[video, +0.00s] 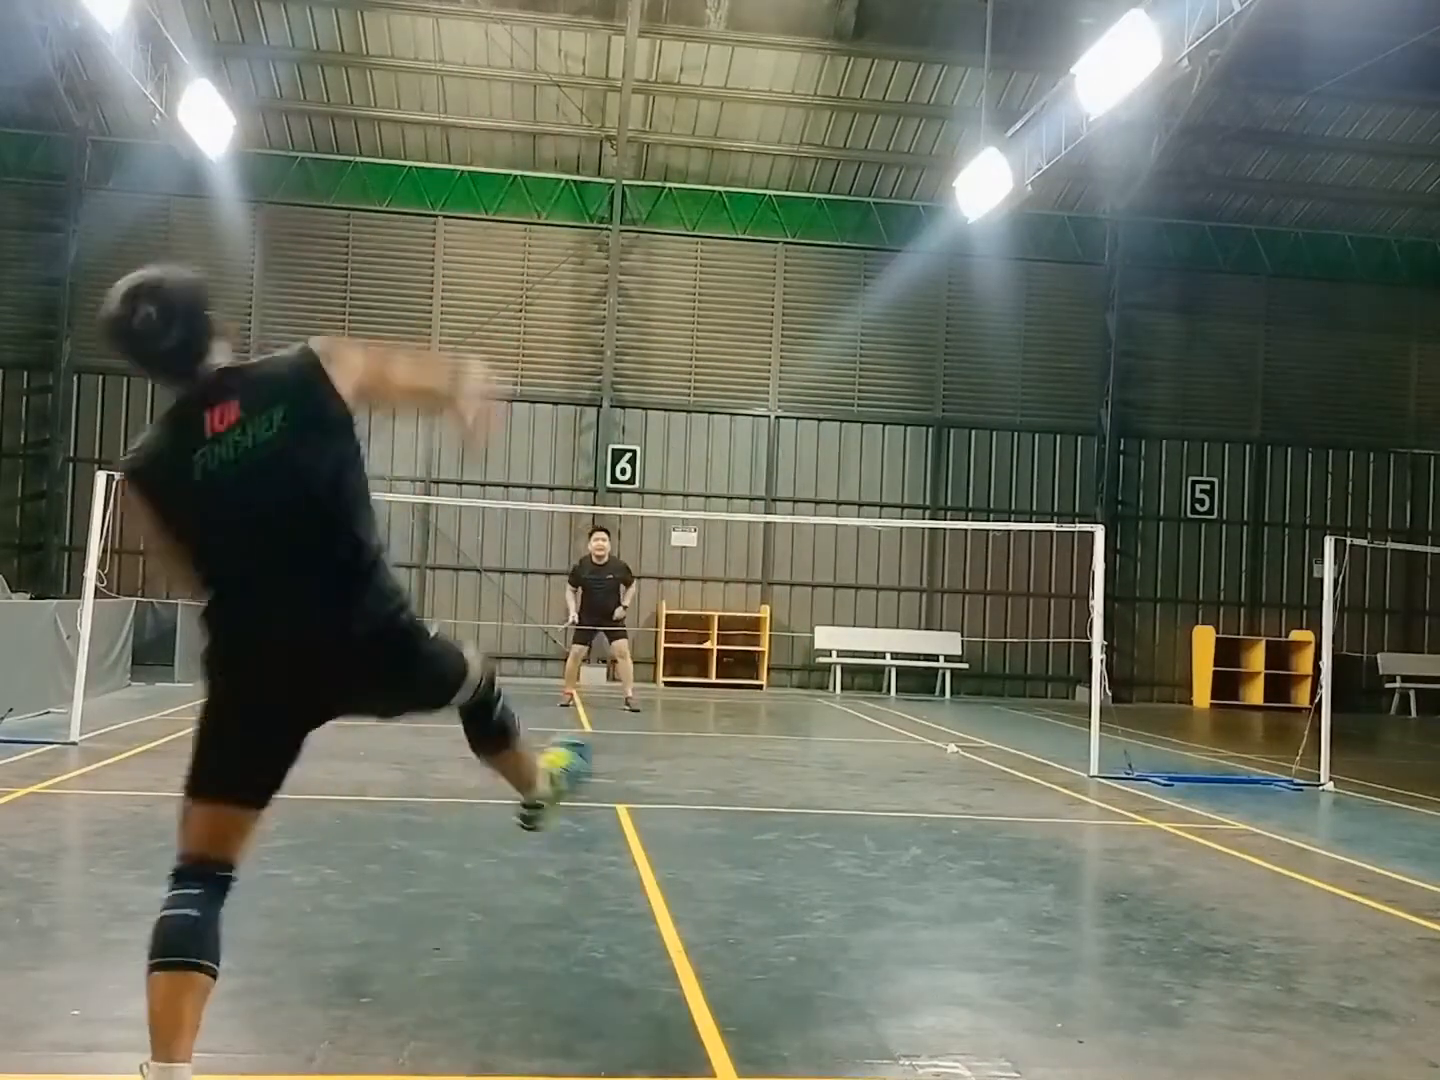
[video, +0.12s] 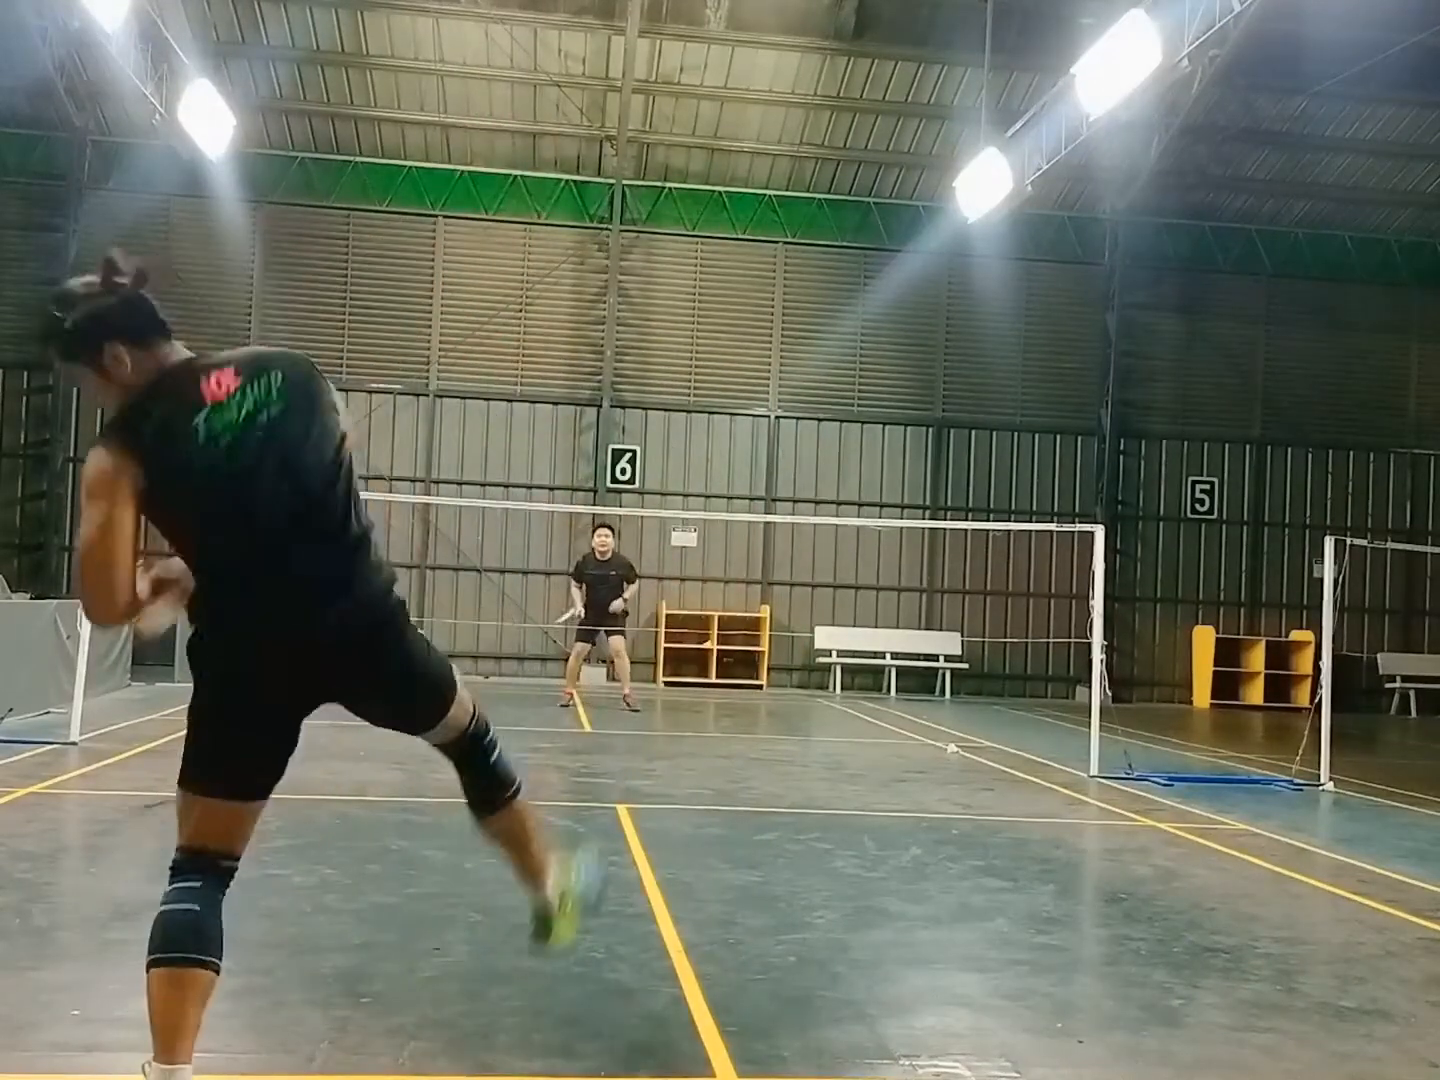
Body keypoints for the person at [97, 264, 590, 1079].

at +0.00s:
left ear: (146, 367)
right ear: (214, 326)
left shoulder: (148, 473)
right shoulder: (313, 372)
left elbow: (188, 574)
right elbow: (399, 366)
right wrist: (460, 382)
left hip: (255, 679)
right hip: (368, 643)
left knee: (202, 871)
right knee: (473, 692)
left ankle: (169, 1068)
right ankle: (538, 790)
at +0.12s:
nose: (94, 395)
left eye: (90, 379)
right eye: (88, 381)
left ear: (115, 359)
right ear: (166, 336)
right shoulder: (294, 371)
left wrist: (169, 582)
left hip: (245, 661)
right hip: (362, 629)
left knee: (201, 867)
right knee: (471, 743)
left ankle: (169, 1070)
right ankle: (549, 894)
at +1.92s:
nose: (592, 394)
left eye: (589, 383)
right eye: (588, 385)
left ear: (532, 392)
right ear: (572, 393)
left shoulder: (487, 448)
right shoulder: (581, 461)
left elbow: (446, 533)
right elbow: (609, 547)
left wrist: (435, 612)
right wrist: (698, 545)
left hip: (482, 629)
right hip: (550, 627)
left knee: (484, 758)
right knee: (627, 745)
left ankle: (440, 898)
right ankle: (580, 891)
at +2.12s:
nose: (681, 375)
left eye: (676, 364)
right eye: (671, 366)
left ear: (627, 378)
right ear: (643, 381)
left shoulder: (577, 414)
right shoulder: (673, 440)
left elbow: (515, 491)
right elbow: (786, 463)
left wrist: (498, 557)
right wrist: (874, 461)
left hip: (522, 593)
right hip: (581, 606)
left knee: (496, 731)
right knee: (637, 751)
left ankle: (449, 864)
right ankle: (673, 909)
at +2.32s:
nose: (756, 411)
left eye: (751, 401)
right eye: (747, 402)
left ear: (695, 416)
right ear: (718, 416)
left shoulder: (638, 453)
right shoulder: (738, 491)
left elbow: (583, 518)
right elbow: (780, 576)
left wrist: (596, 582)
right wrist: (755, 550)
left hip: (579, 622)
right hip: (633, 637)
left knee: (562, 745)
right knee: (699, 769)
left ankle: (470, 861)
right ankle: (660, 930)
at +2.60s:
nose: (773, 406)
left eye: (768, 395)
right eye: (773, 396)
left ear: (714, 390)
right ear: (765, 402)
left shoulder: (657, 432)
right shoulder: (757, 467)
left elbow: (599, 511)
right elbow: (748, 558)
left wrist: (589, 595)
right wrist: (738, 643)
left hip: (604, 611)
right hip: (667, 624)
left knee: (596, 745)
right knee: (683, 767)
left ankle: (549, 892)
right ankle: (658, 928)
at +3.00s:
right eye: (710, 387)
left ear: (657, 386)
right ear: (711, 391)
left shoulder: (611, 445)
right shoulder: (729, 451)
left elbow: (584, 542)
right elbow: (762, 538)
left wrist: (591, 623)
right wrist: (808, 628)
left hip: (617, 627)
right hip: (692, 629)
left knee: (599, 766)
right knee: (749, 751)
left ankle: (575, 916)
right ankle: (712, 899)